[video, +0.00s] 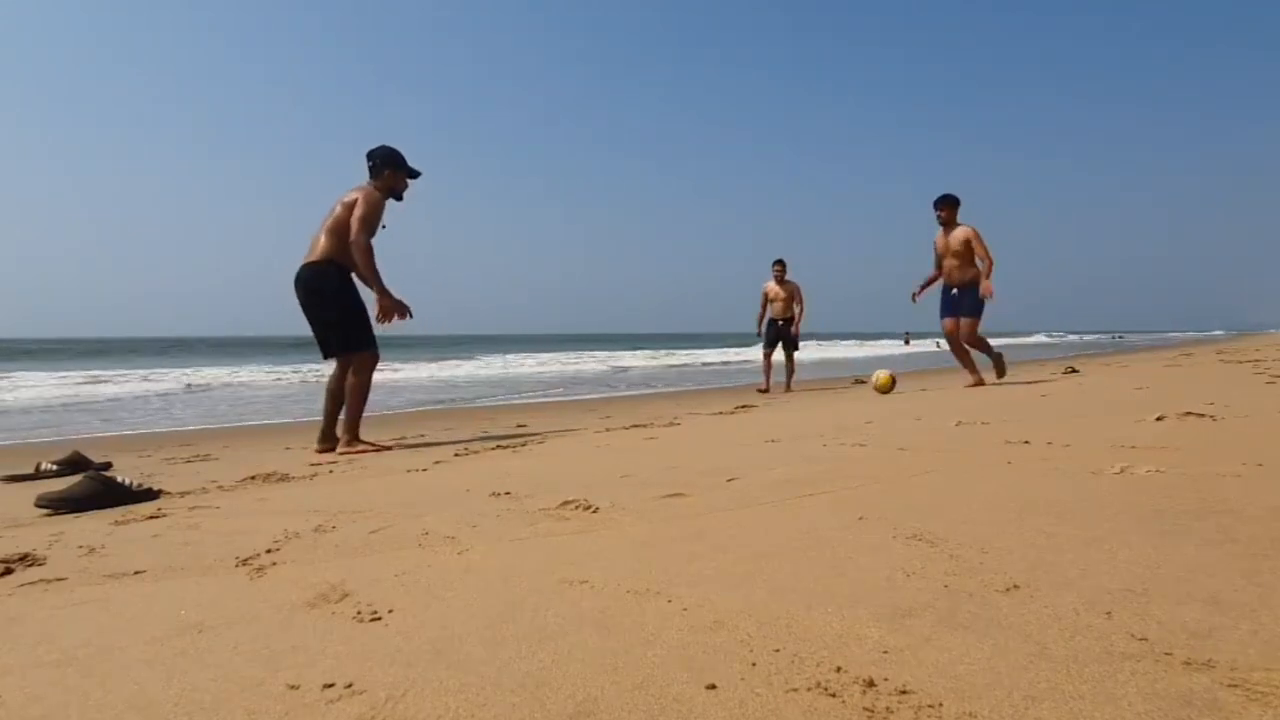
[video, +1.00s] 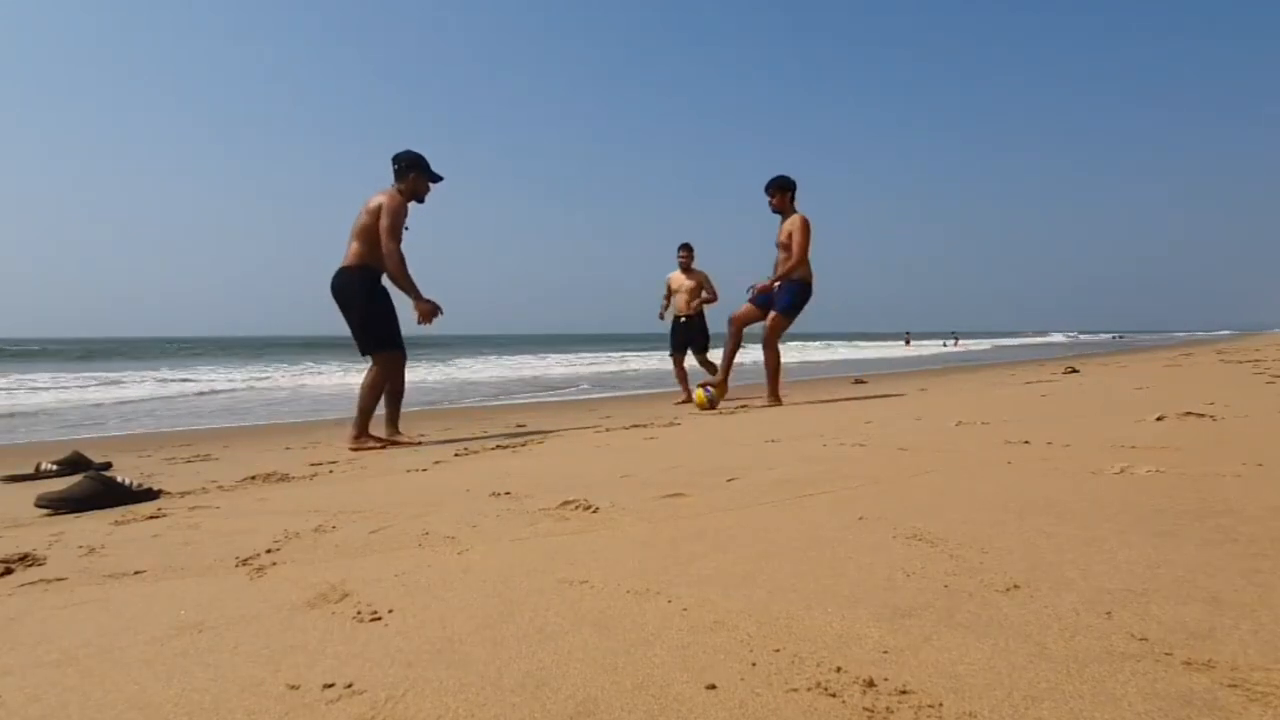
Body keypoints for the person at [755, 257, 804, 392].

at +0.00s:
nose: (778, 274)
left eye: (780, 271)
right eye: (775, 271)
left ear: (785, 272)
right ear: (772, 272)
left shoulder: (793, 287)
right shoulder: (767, 288)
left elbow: (800, 306)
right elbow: (763, 308)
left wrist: (796, 325)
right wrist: (759, 326)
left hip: (788, 321)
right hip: (773, 321)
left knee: (789, 355)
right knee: (766, 353)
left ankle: (788, 385)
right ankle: (766, 385)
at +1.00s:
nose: (683, 260)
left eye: (686, 257)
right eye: (680, 257)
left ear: (692, 258)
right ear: (677, 258)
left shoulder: (700, 276)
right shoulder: (671, 278)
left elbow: (713, 296)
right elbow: (667, 297)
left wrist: (700, 300)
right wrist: (663, 309)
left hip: (695, 318)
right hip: (678, 319)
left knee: (701, 358)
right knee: (677, 360)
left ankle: (720, 380)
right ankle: (686, 394)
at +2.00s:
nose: (578, 259)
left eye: (581, 256)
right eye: (575, 255)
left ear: (583, 257)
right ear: (567, 256)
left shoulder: (585, 279)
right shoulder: (555, 276)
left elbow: (590, 300)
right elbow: (543, 297)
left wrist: (590, 314)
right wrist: (541, 316)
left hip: (575, 323)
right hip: (556, 321)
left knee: (574, 368)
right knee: (544, 366)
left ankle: (566, 405)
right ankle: (531, 405)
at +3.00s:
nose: (583, 251)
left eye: (585, 247)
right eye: (578, 247)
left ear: (586, 250)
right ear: (569, 249)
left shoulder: (587, 274)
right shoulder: (559, 271)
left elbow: (592, 301)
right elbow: (545, 297)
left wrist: (603, 327)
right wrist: (554, 321)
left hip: (582, 323)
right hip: (562, 323)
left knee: (594, 363)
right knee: (547, 369)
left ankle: (591, 404)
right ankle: (531, 406)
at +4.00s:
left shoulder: (661, 253)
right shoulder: (624, 246)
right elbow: (612, 275)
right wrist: (614, 301)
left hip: (654, 305)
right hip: (629, 304)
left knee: (663, 353)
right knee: (624, 353)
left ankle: (670, 400)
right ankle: (620, 401)